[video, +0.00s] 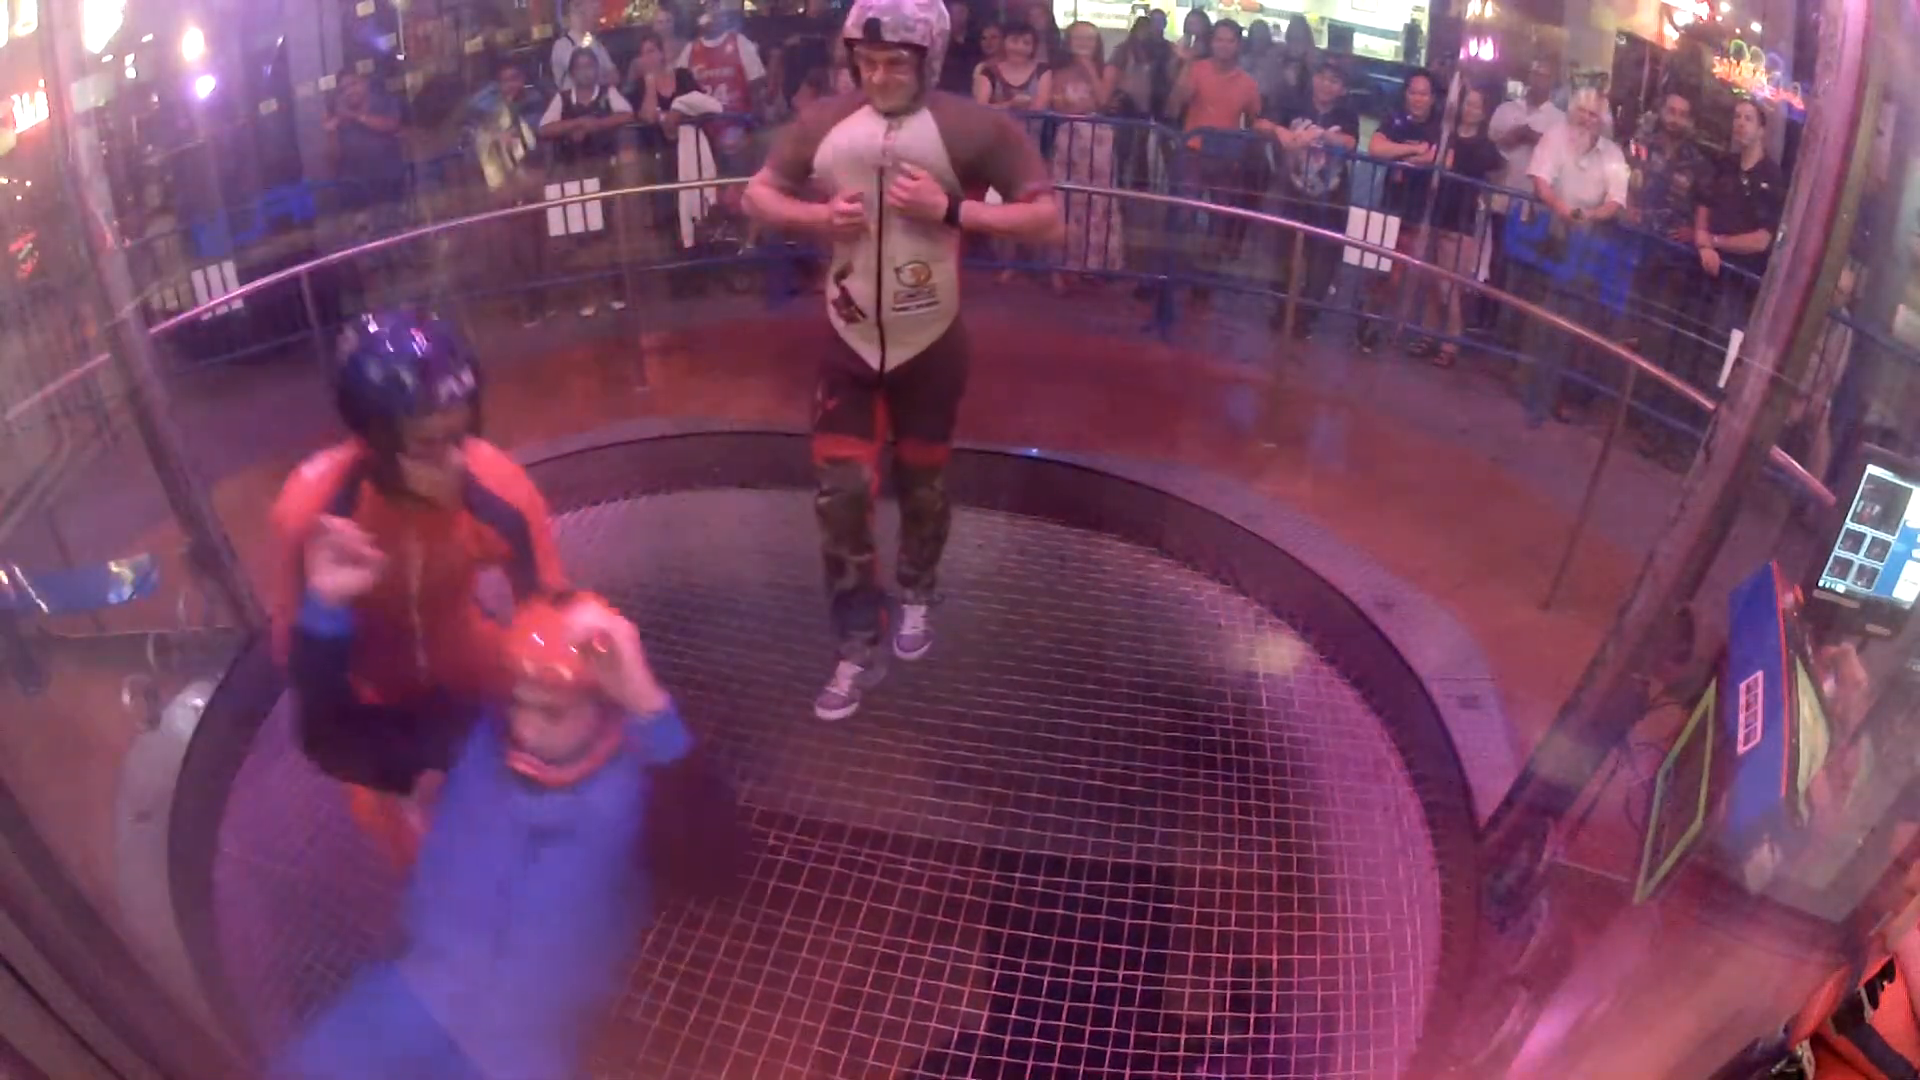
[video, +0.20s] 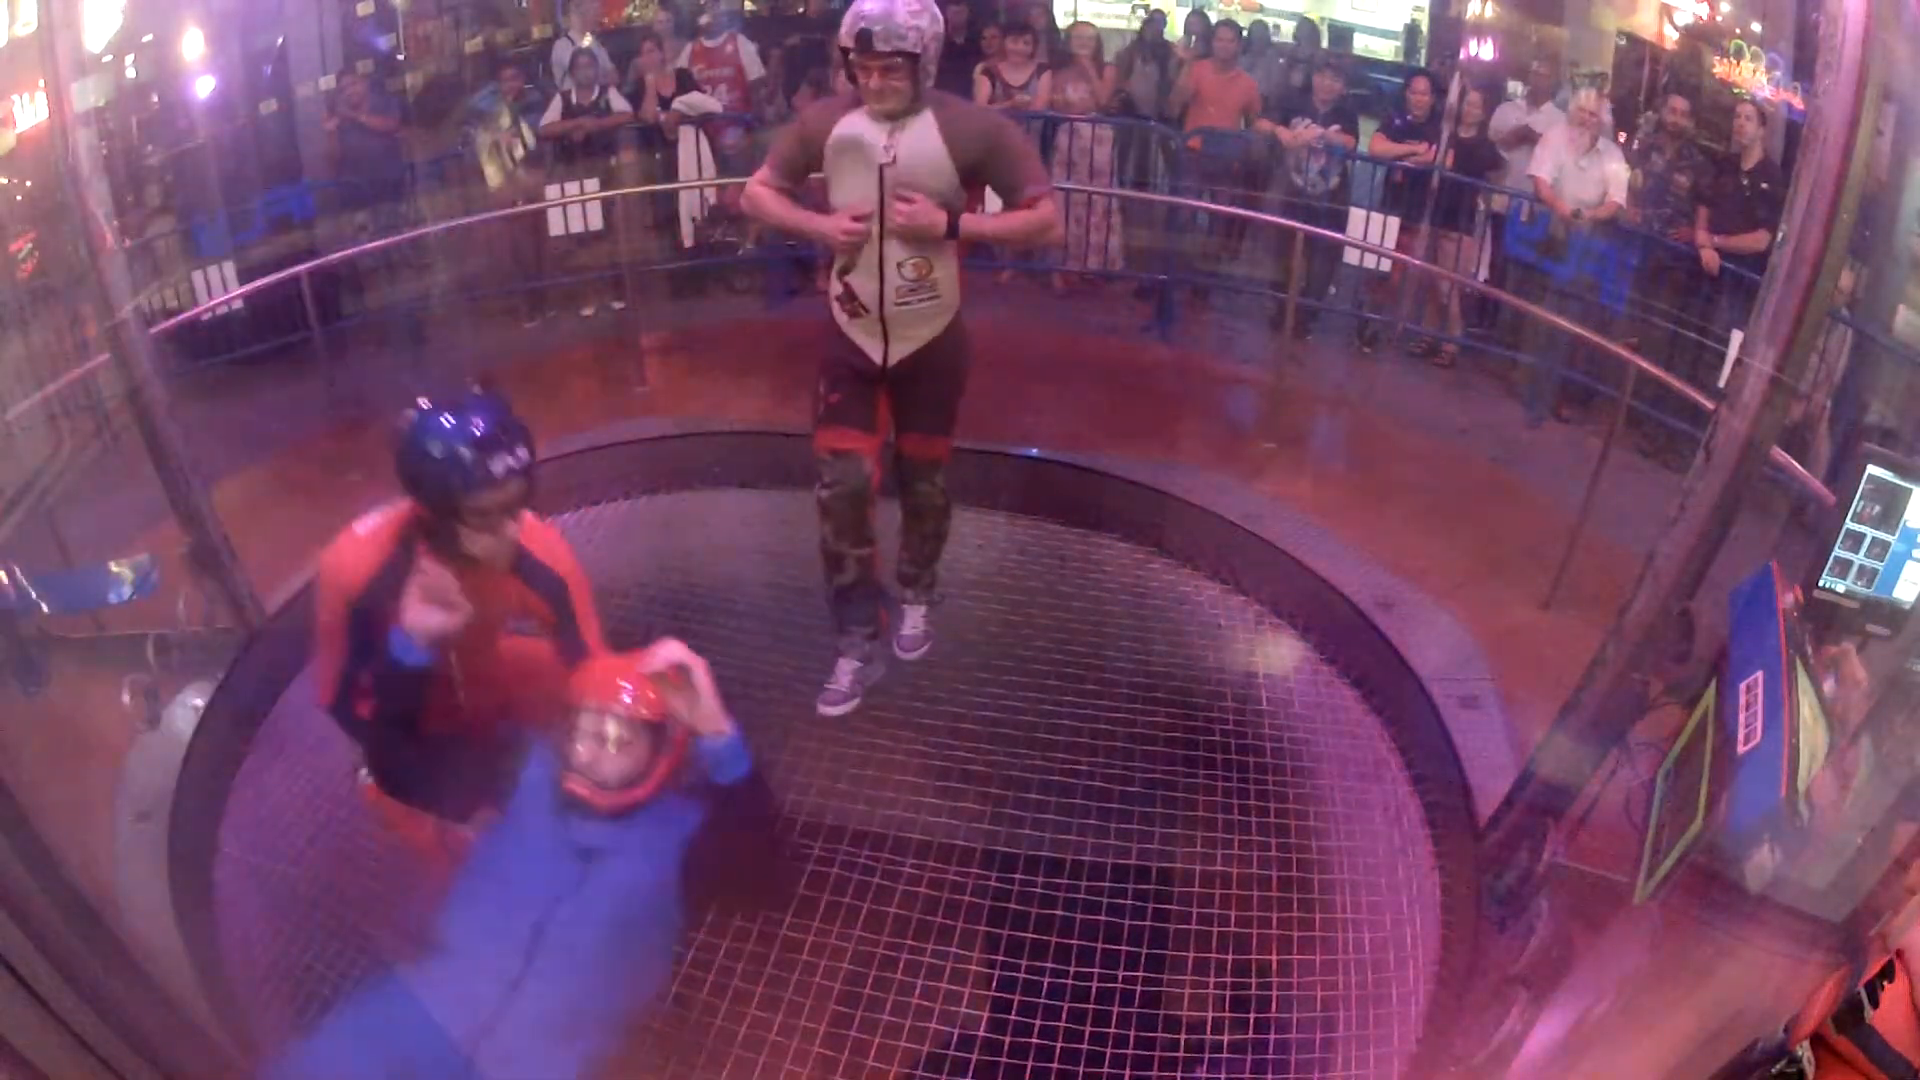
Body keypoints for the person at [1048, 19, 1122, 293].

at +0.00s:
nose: (1082, 45)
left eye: (1088, 39)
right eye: (1077, 39)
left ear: (1097, 43)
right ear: (1068, 41)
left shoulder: (1105, 70)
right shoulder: (1059, 73)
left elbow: (1102, 100)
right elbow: (1048, 104)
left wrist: (1089, 70)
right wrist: (1069, 106)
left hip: (1097, 136)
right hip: (1067, 134)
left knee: (1096, 199)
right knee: (1066, 197)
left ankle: (1093, 263)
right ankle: (1063, 264)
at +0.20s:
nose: (1082, 44)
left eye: (1088, 39)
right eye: (1076, 39)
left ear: (1097, 43)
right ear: (1068, 41)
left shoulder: (1106, 70)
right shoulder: (1059, 73)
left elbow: (1103, 100)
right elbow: (1047, 104)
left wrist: (1088, 70)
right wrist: (1068, 106)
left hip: (1097, 137)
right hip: (1067, 135)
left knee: (1096, 199)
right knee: (1066, 198)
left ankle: (1093, 263)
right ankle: (1064, 264)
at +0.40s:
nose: (1083, 44)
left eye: (1088, 39)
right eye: (1077, 39)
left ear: (1097, 43)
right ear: (1068, 43)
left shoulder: (1106, 69)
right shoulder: (1060, 72)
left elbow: (1103, 100)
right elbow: (1048, 104)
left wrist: (1089, 69)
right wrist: (1065, 105)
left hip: (1100, 138)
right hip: (1069, 135)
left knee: (1096, 200)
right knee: (1065, 196)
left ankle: (1090, 264)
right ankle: (1062, 265)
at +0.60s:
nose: (1082, 44)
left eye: (1088, 39)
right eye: (1077, 39)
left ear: (1096, 43)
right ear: (1068, 43)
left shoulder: (1106, 70)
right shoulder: (1060, 73)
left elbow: (1103, 100)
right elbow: (1049, 103)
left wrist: (1089, 70)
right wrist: (1068, 106)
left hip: (1098, 139)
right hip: (1068, 136)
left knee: (1095, 201)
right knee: (1065, 199)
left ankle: (1090, 264)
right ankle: (1062, 265)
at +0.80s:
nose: (1083, 44)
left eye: (1088, 39)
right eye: (1077, 39)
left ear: (1096, 43)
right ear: (1068, 43)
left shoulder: (1106, 70)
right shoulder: (1060, 73)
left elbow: (1103, 100)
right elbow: (1047, 103)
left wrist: (1089, 70)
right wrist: (1066, 106)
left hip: (1098, 139)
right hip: (1068, 137)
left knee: (1096, 200)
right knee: (1066, 199)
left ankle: (1092, 263)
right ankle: (1063, 264)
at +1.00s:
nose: (1082, 44)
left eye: (1088, 39)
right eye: (1076, 39)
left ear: (1096, 43)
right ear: (1067, 43)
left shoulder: (1105, 70)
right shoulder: (1060, 73)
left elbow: (1103, 101)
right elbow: (1048, 104)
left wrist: (1089, 71)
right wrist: (1065, 105)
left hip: (1098, 139)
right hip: (1068, 137)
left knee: (1095, 201)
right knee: (1065, 200)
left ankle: (1089, 265)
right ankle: (1061, 265)